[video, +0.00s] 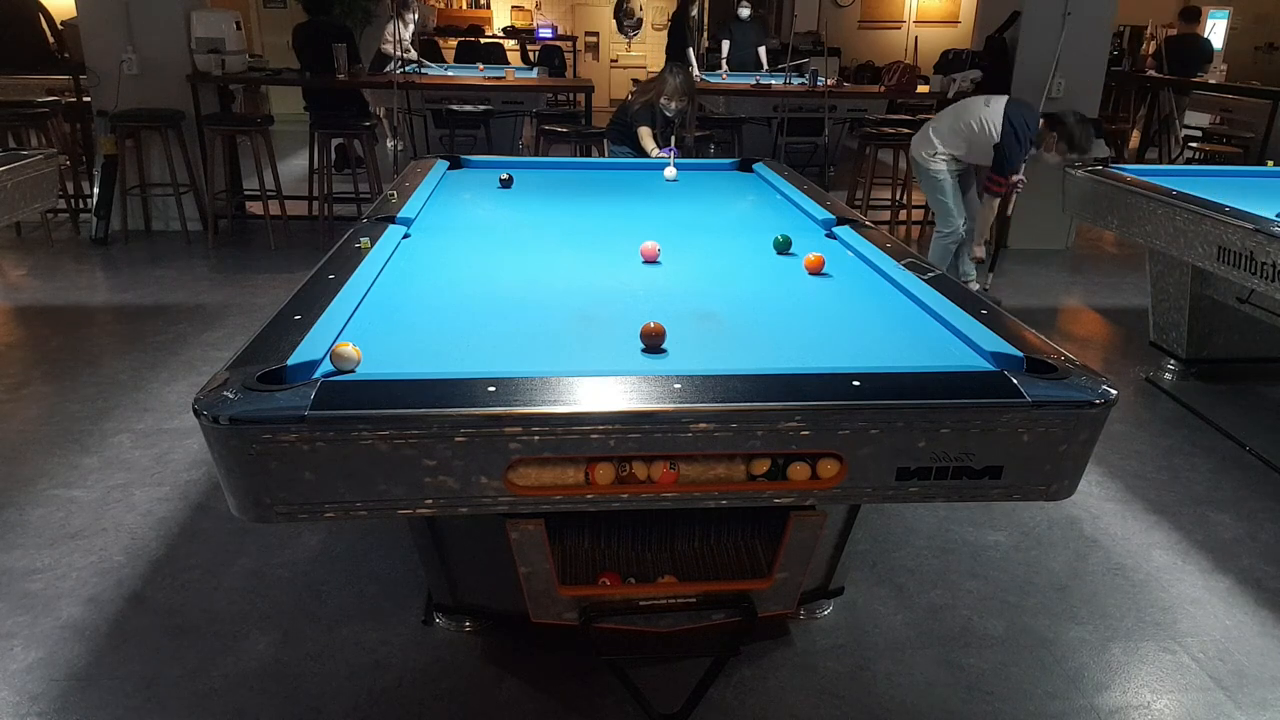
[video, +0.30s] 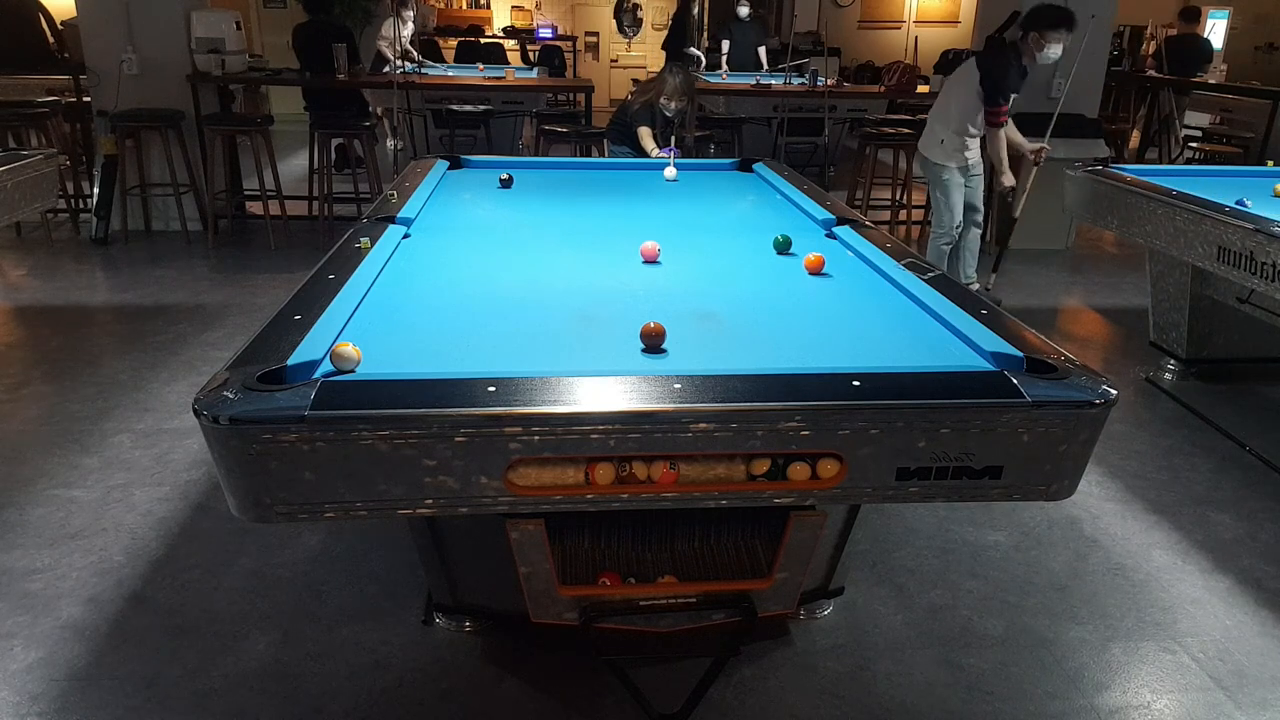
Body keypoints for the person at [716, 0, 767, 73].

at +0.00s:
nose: (743, 11)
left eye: (746, 8)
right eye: (741, 8)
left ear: (751, 11)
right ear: (737, 10)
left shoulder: (756, 26)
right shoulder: (730, 24)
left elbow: (761, 46)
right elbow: (725, 43)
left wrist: (765, 65)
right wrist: (723, 63)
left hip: (751, 67)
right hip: (734, 67)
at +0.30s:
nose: (741, 10)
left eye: (745, 7)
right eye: (739, 7)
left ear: (750, 10)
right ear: (736, 9)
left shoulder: (756, 26)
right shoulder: (730, 24)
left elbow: (761, 47)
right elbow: (725, 43)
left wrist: (765, 65)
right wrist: (723, 63)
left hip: (751, 67)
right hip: (734, 68)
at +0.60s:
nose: (739, 10)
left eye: (743, 7)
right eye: (737, 7)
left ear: (749, 10)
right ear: (734, 9)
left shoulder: (756, 25)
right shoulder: (729, 24)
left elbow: (760, 47)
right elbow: (725, 44)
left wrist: (765, 66)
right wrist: (723, 63)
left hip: (751, 68)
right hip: (734, 68)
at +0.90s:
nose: (741, 12)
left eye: (744, 9)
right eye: (738, 9)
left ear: (750, 11)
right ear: (735, 10)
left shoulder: (756, 25)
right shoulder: (729, 24)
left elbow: (760, 46)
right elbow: (725, 46)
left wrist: (765, 65)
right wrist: (723, 64)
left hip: (753, 69)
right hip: (733, 70)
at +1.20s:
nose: (745, 15)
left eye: (748, 12)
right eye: (743, 11)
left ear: (752, 12)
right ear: (738, 11)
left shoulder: (756, 25)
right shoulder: (732, 24)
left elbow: (761, 46)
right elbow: (726, 43)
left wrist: (765, 66)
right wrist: (724, 63)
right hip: (733, 69)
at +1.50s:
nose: (749, 16)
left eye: (751, 13)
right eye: (746, 13)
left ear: (755, 13)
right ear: (741, 12)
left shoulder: (757, 25)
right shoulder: (732, 24)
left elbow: (761, 46)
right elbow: (725, 44)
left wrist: (765, 65)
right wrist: (724, 63)